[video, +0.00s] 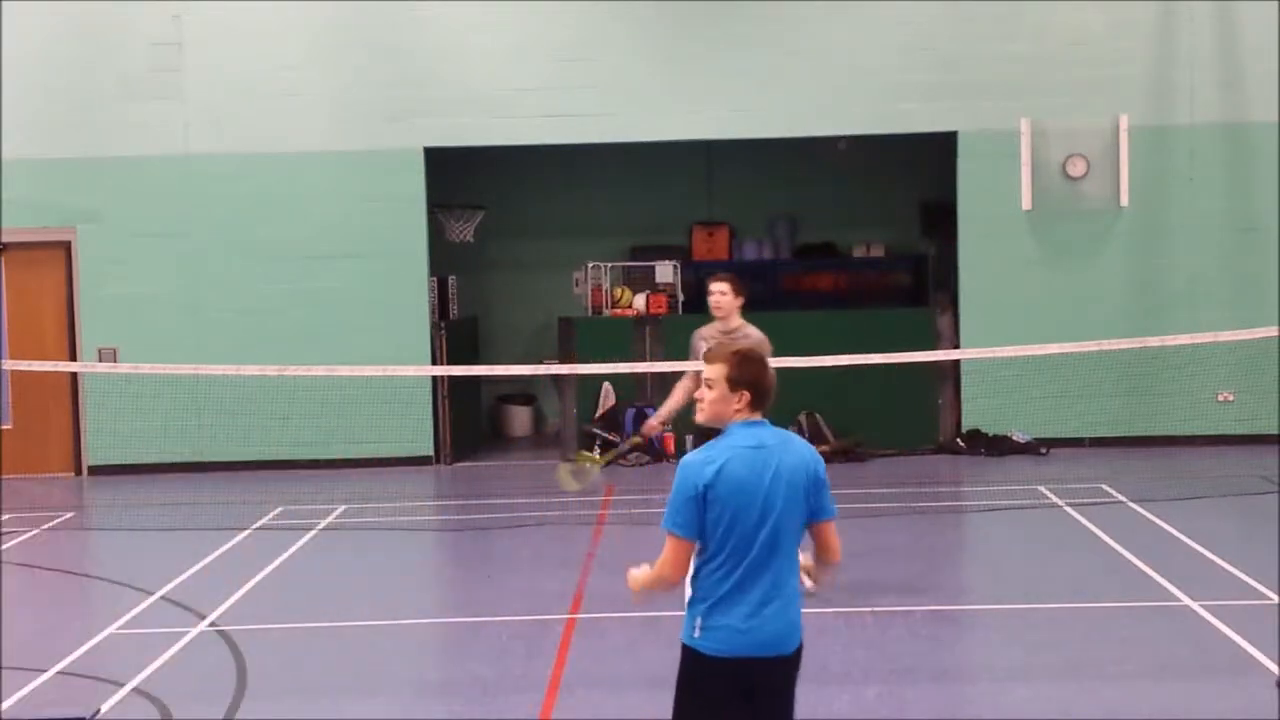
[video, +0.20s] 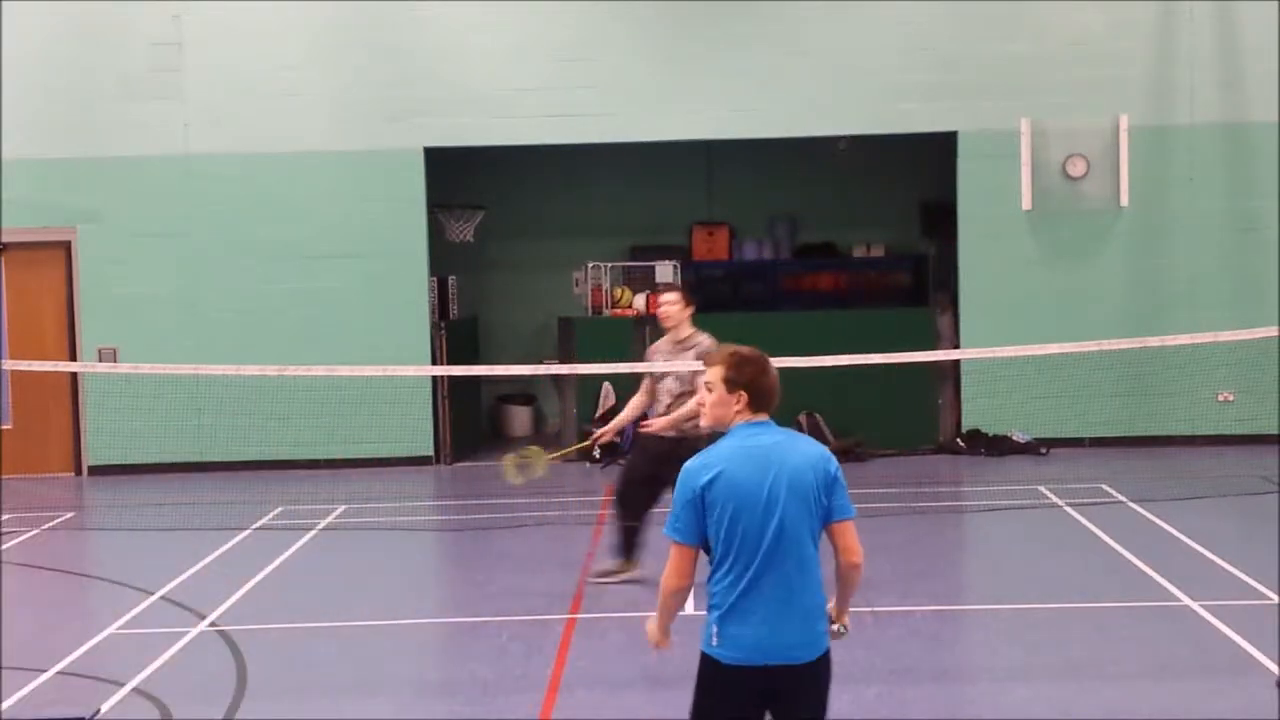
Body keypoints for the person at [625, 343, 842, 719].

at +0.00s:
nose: (697, 394)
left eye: (708, 386)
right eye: (701, 384)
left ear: (741, 399)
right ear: (744, 399)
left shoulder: (699, 465)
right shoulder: (804, 455)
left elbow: (671, 571)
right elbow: (829, 552)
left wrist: (644, 578)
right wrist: (812, 570)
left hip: (714, 648)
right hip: (780, 645)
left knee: (696, 713)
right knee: (774, 713)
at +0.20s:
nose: (699, 399)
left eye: (708, 389)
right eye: (702, 388)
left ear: (739, 399)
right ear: (744, 398)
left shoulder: (701, 469)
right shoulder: (817, 457)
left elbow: (677, 581)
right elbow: (852, 557)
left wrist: (661, 625)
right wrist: (840, 609)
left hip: (732, 662)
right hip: (805, 658)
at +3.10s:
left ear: (685, 404)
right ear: (745, 404)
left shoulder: (647, 467)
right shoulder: (767, 472)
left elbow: (623, 578)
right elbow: (784, 583)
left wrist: (656, 619)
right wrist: (802, 648)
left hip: (655, 661)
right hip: (730, 664)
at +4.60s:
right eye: (884, 658)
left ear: (844, 606)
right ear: (871, 667)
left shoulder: (777, 583)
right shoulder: (786, 705)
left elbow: (680, 570)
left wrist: (675, 626)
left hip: (594, 657)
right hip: (617, 707)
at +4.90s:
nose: (823, 672)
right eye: (827, 668)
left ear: (791, 610)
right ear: (816, 673)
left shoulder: (738, 600)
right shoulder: (721, 704)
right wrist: (749, 711)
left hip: (562, 693)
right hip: (580, 716)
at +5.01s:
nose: (798, 654)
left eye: (805, 646)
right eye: (804, 646)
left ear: (761, 597)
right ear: (786, 642)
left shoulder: (711, 592)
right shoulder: (693, 689)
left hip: (559, 694)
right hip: (569, 715)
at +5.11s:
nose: (793, 657)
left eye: (800, 647)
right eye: (797, 645)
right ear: (770, 628)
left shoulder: (703, 587)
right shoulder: (685, 678)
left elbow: (633, 589)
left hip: (557, 698)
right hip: (568, 716)